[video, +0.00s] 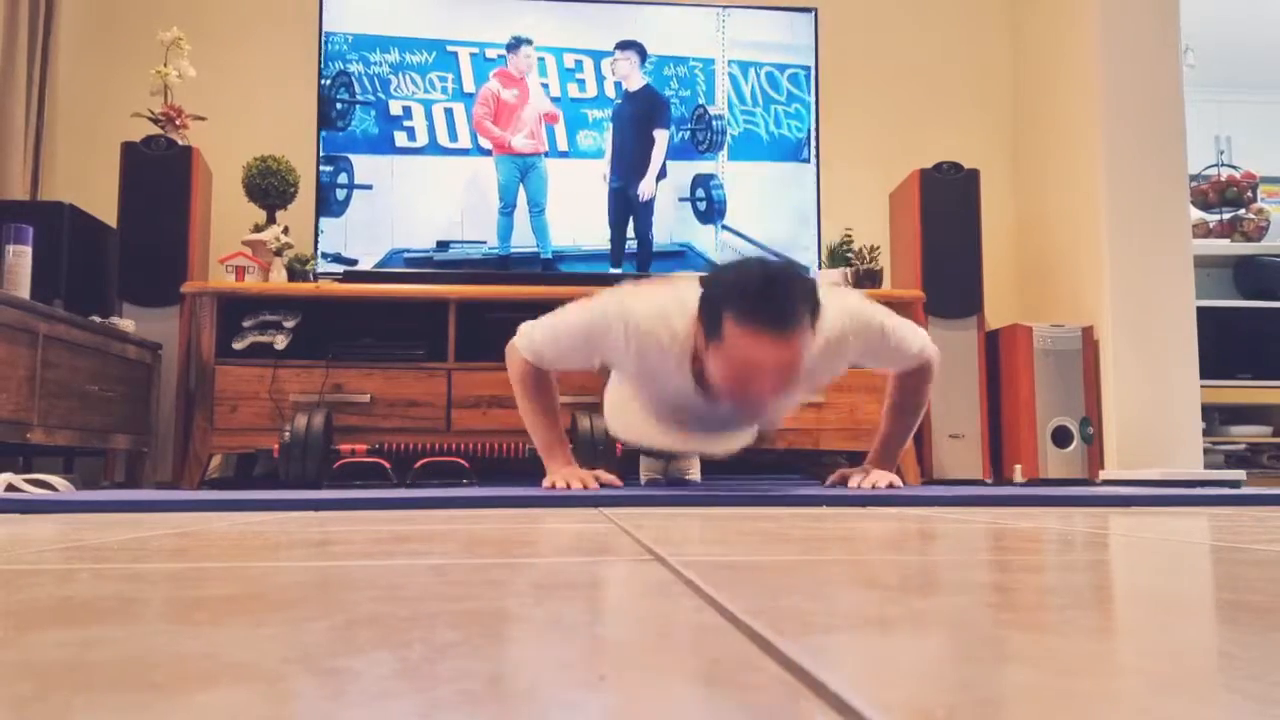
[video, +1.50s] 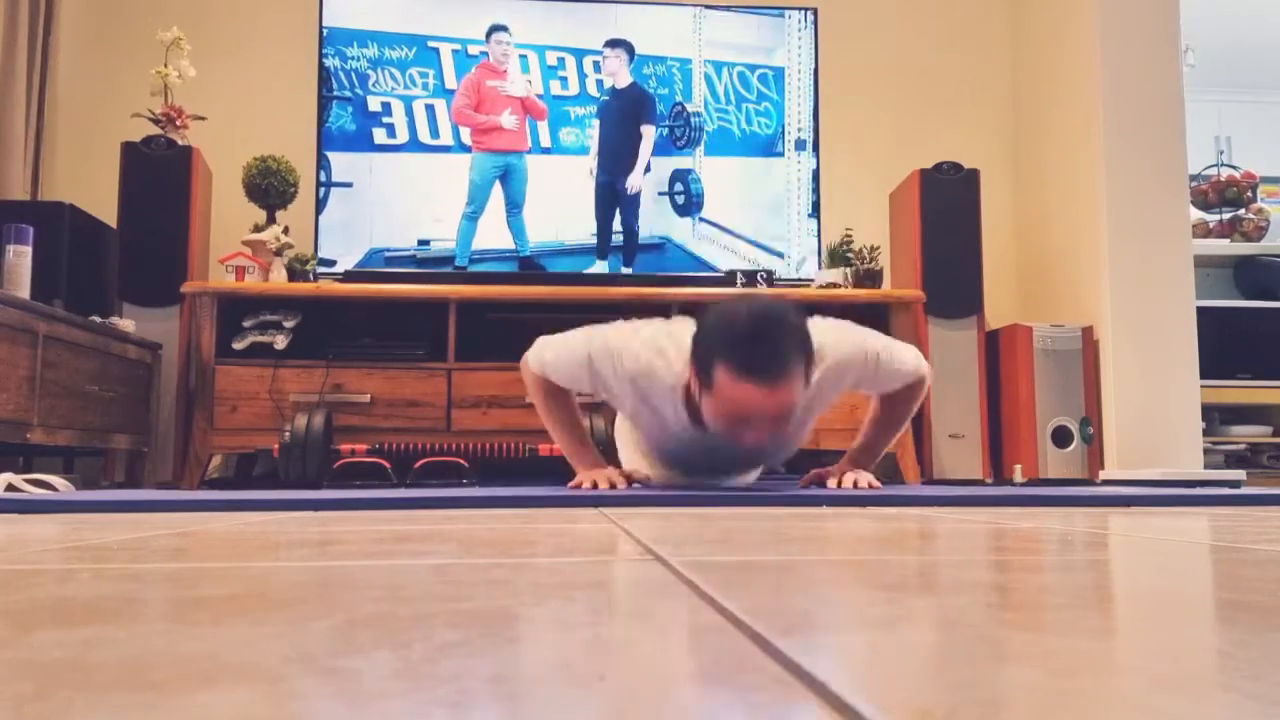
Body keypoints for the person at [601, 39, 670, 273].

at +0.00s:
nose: (615, 65)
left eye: (621, 60)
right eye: (614, 60)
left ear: (635, 63)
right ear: (616, 63)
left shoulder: (656, 101)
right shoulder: (620, 101)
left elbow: (661, 143)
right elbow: (613, 137)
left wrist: (650, 178)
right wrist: (608, 164)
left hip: (641, 176)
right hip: (618, 175)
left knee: (642, 230)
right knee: (616, 229)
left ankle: (642, 275)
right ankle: (614, 271)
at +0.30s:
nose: (607, 63)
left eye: (612, 58)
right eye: (608, 58)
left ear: (628, 61)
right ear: (624, 62)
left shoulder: (650, 98)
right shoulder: (616, 99)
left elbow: (656, 138)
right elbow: (608, 135)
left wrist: (645, 175)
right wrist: (603, 162)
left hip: (635, 178)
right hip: (612, 176)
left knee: (636, 236)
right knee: (613, 234)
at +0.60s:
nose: (602, 62)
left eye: (607, 57)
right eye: (603, 57)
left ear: (622, 60)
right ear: (618, 60)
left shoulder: (645, 97)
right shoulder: (610, 97)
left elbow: (650, 135)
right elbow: (601, 131)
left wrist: (639, 173)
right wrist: (595, 159)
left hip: (630, 177)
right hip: (606, 174)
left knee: (626, 232)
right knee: (606, 231)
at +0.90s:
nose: (602, 61)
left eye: (607, 57)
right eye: (601, 56)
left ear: (622, 59)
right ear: (605, 59)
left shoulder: (642, 97)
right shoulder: (606, 96)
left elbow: (647, 137)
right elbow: (597, 130)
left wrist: (636, 173)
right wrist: (593, 158)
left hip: (628, 171)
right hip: (604, 169)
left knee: (628, 223)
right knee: (602, 219)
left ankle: (627, 268)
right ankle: (601, 262)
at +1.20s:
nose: (604, 61)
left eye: (610, 56)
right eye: (602, 56)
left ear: (624, 60)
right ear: (603, 59)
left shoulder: (643, 98)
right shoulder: (605, 100)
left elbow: (649, 141)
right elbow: (600, 141)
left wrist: (644, 174)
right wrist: (596, 173)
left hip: (636, 172)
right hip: (607, 172)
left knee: (635, 230)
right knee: (609, 228)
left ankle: (635, 274)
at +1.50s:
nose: (603, 62)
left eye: (608, 58)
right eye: (603, 58)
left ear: (623, 61)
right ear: (608, 61)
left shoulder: (643, 97)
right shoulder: (605, 97)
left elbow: (648, 137)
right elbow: (599, 131)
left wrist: (638, 172)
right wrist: (593, 157)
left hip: (629, 171)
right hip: (605, 169)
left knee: (629, 222)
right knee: (603, 219)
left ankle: (627, 267)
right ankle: (601, 261)